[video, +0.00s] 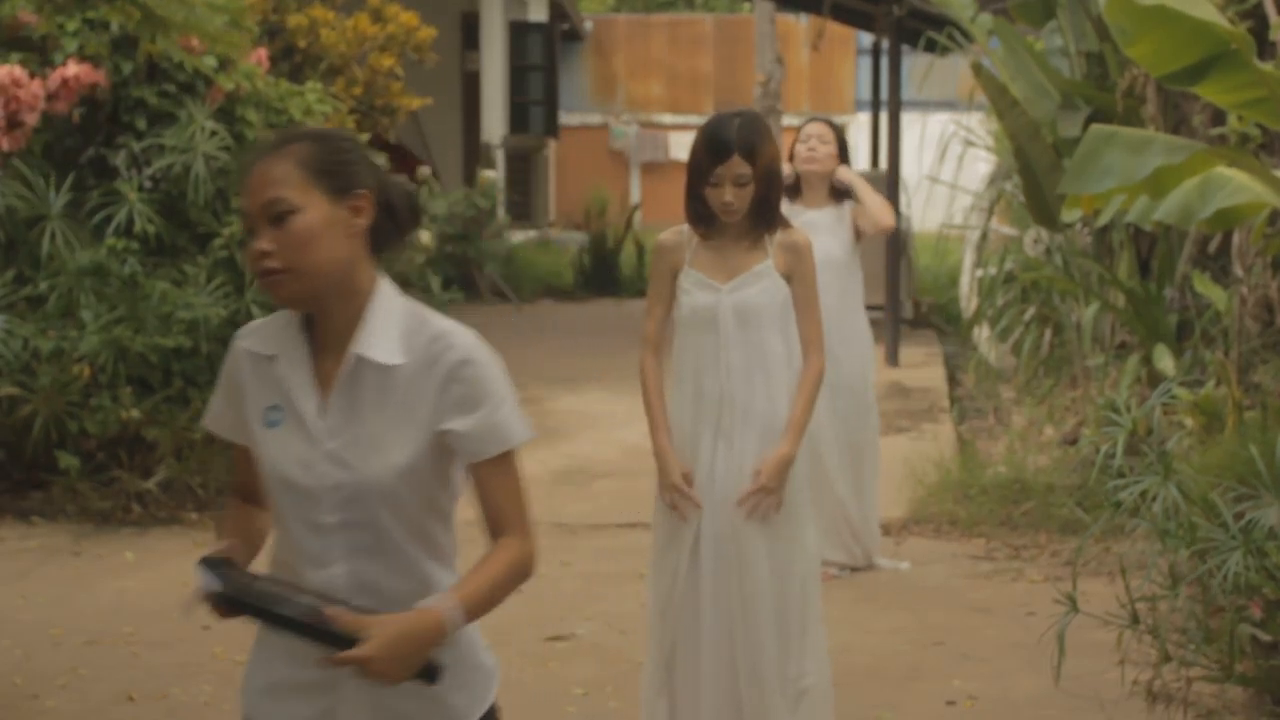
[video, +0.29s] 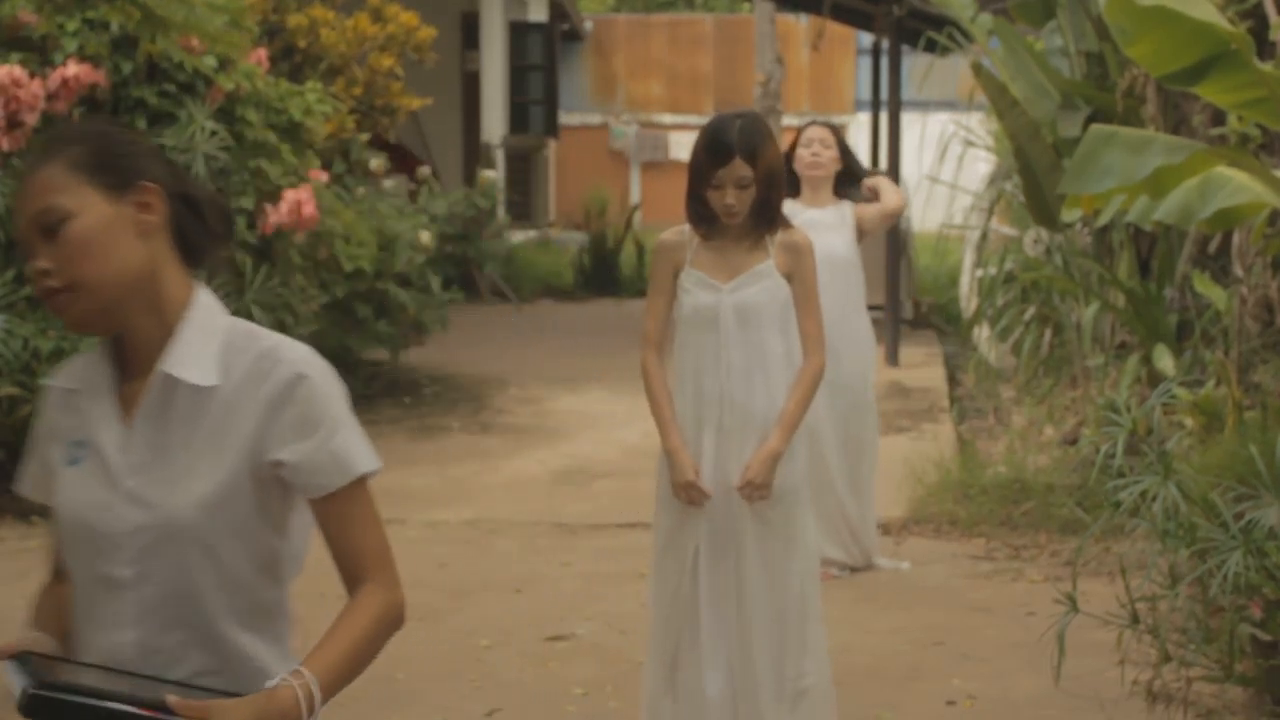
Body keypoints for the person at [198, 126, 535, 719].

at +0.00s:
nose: (259, 246)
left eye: (281, 217)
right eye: (250, 230)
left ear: (359, 210)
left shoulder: (451, 359)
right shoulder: (255, 355)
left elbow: (516, 546)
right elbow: (248, 497)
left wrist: (433, 622)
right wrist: (232, 558)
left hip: (428, 690)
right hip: (292, 684)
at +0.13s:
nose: (166, 273)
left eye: (189, 241)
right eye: (157, 254)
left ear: (273, 233)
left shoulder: (371, 388)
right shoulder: (178, 392)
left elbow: (441, 596)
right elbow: (186, 540)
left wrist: (333, 668)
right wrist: (165, 613)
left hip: (346, 702)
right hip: (210, 699)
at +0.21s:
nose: (101, 274)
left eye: (122, 239)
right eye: (93, 255)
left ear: (208, 227)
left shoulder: (328, 388)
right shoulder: (131, 402)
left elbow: (406, 599)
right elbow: (133, 570)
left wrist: (299, 691)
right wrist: (107, 642)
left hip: (292, 707)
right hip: (160, 705)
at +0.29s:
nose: (36, 266)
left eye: (54, 228)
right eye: (27, 248)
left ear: (146, 208)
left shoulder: (283, 380)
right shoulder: (71, 392)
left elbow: (381, 594)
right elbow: (68, 575)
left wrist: (289, 701)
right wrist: (41, 650)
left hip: (235, 707)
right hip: (93, 705)